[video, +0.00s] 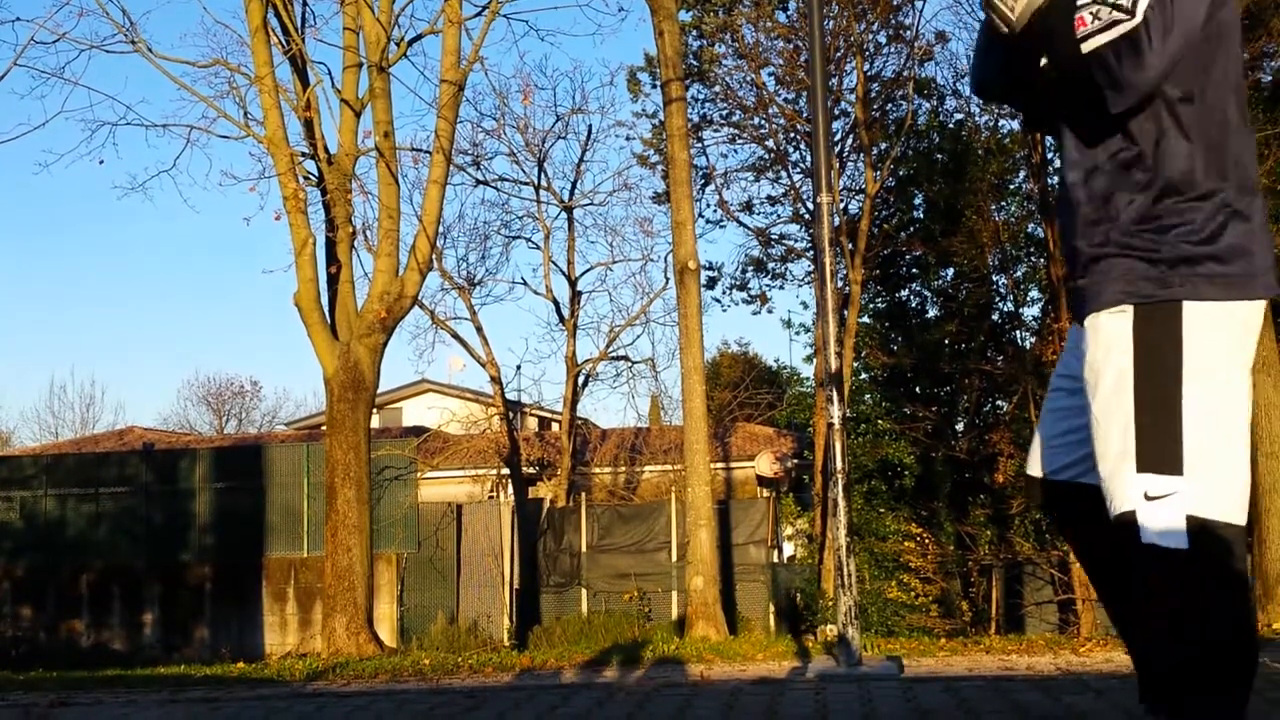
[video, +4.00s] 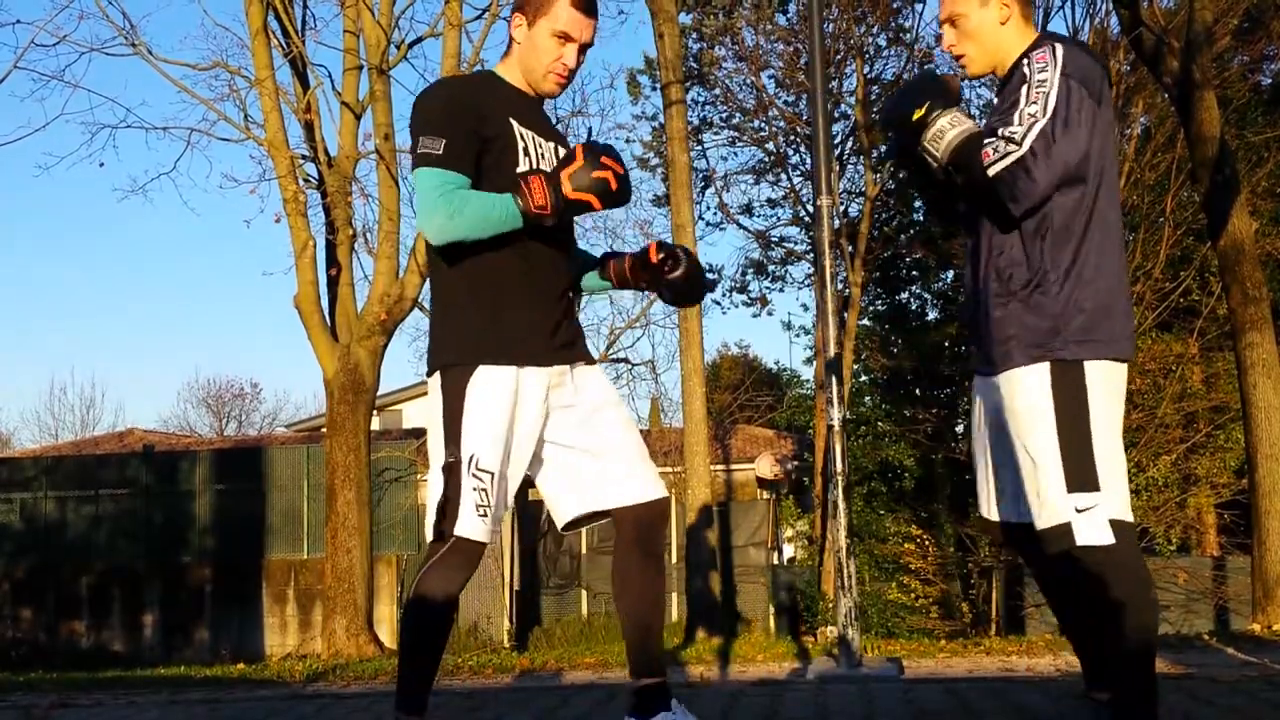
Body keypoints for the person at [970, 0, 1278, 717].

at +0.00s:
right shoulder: (1085, 11)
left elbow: (1118, 79)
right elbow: (993, 79)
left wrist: (1028, 20)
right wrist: (1006, 18)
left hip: (1183, 255)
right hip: (1120, 264)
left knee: (1177, 511)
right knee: (1073, 485)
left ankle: (1208, 711)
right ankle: (1175, 696)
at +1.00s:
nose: (802, 8)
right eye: (800, 7)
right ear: (824, 13)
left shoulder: (917, 7)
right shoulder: (855, 44)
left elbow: (877, 132)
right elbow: (834, 181)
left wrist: (789, 67)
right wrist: (769, 93)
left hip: (903, 303)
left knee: (854, 530)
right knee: (959, 530)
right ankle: (1013, 717)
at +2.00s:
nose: (735, 58)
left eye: (739, 38)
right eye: (732, 43)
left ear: (778, 17)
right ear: (782, 18)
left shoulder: (825, 61)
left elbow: (803, 182)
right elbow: (774, 214)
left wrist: (731, 143)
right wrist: (718, 157)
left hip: (827, 332)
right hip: (887, 330)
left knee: (778, 528)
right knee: (888, 525)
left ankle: (807, 713)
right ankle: (908, 711)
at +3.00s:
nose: (804, 40)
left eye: (818, 20)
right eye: (788, 28)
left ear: (851, 14)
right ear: (775, 32)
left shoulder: (881, 87)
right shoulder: (807, 117)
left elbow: (844, 200)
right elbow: (782, 228)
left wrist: (765, 146)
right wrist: (727, 177)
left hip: (851, 349)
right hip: (833, 350)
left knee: (826, 540)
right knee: (879, 534)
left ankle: (823, 719)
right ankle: (968, 695)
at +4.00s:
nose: (944, 43)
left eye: (953, 24)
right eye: (941, 28)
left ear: (1006, 11)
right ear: (994, 17)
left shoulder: (1058, 66)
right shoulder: (1015, 93)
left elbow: (1014, 186)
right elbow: (977, 212)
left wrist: (939, 126)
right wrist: (922, 140)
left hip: (1061, 336)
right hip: (1011, 343)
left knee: (1086, 526)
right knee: (1032, 527)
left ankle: (1131, 706)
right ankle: (1109, 692)